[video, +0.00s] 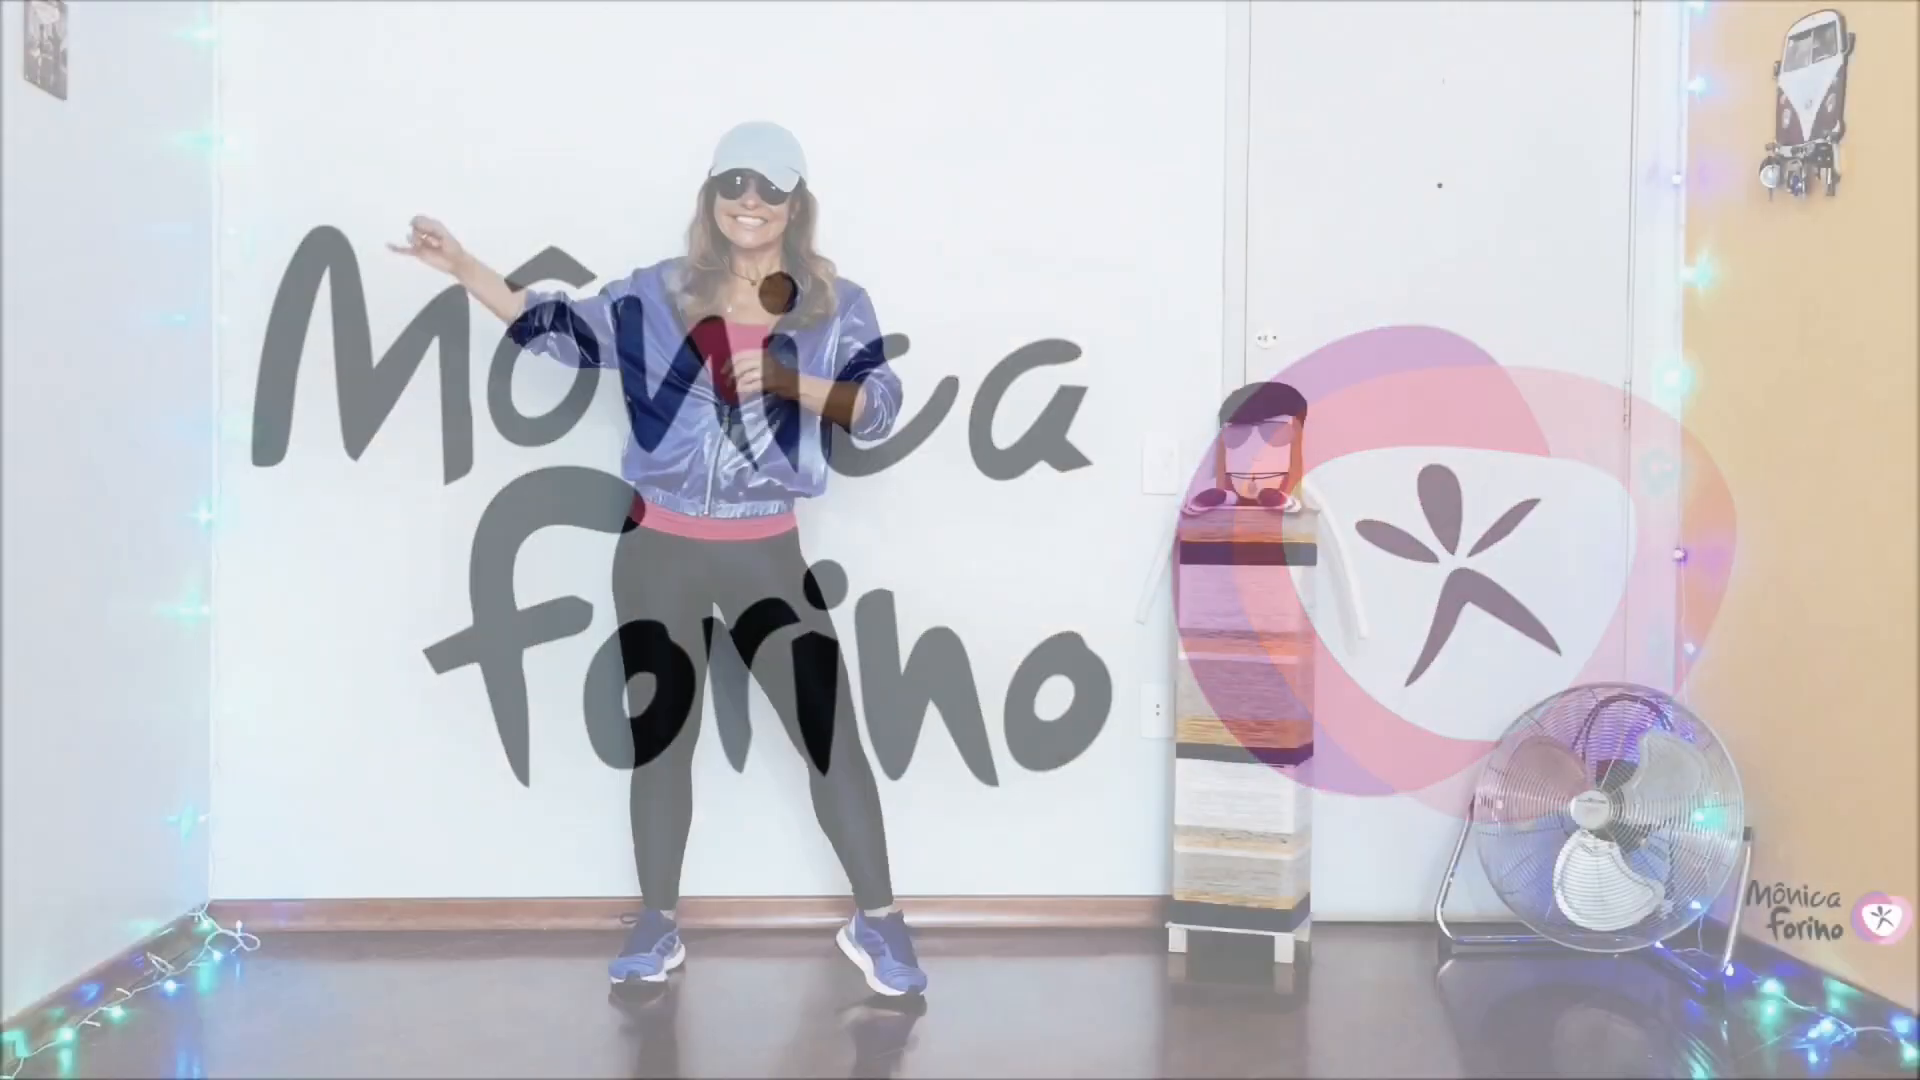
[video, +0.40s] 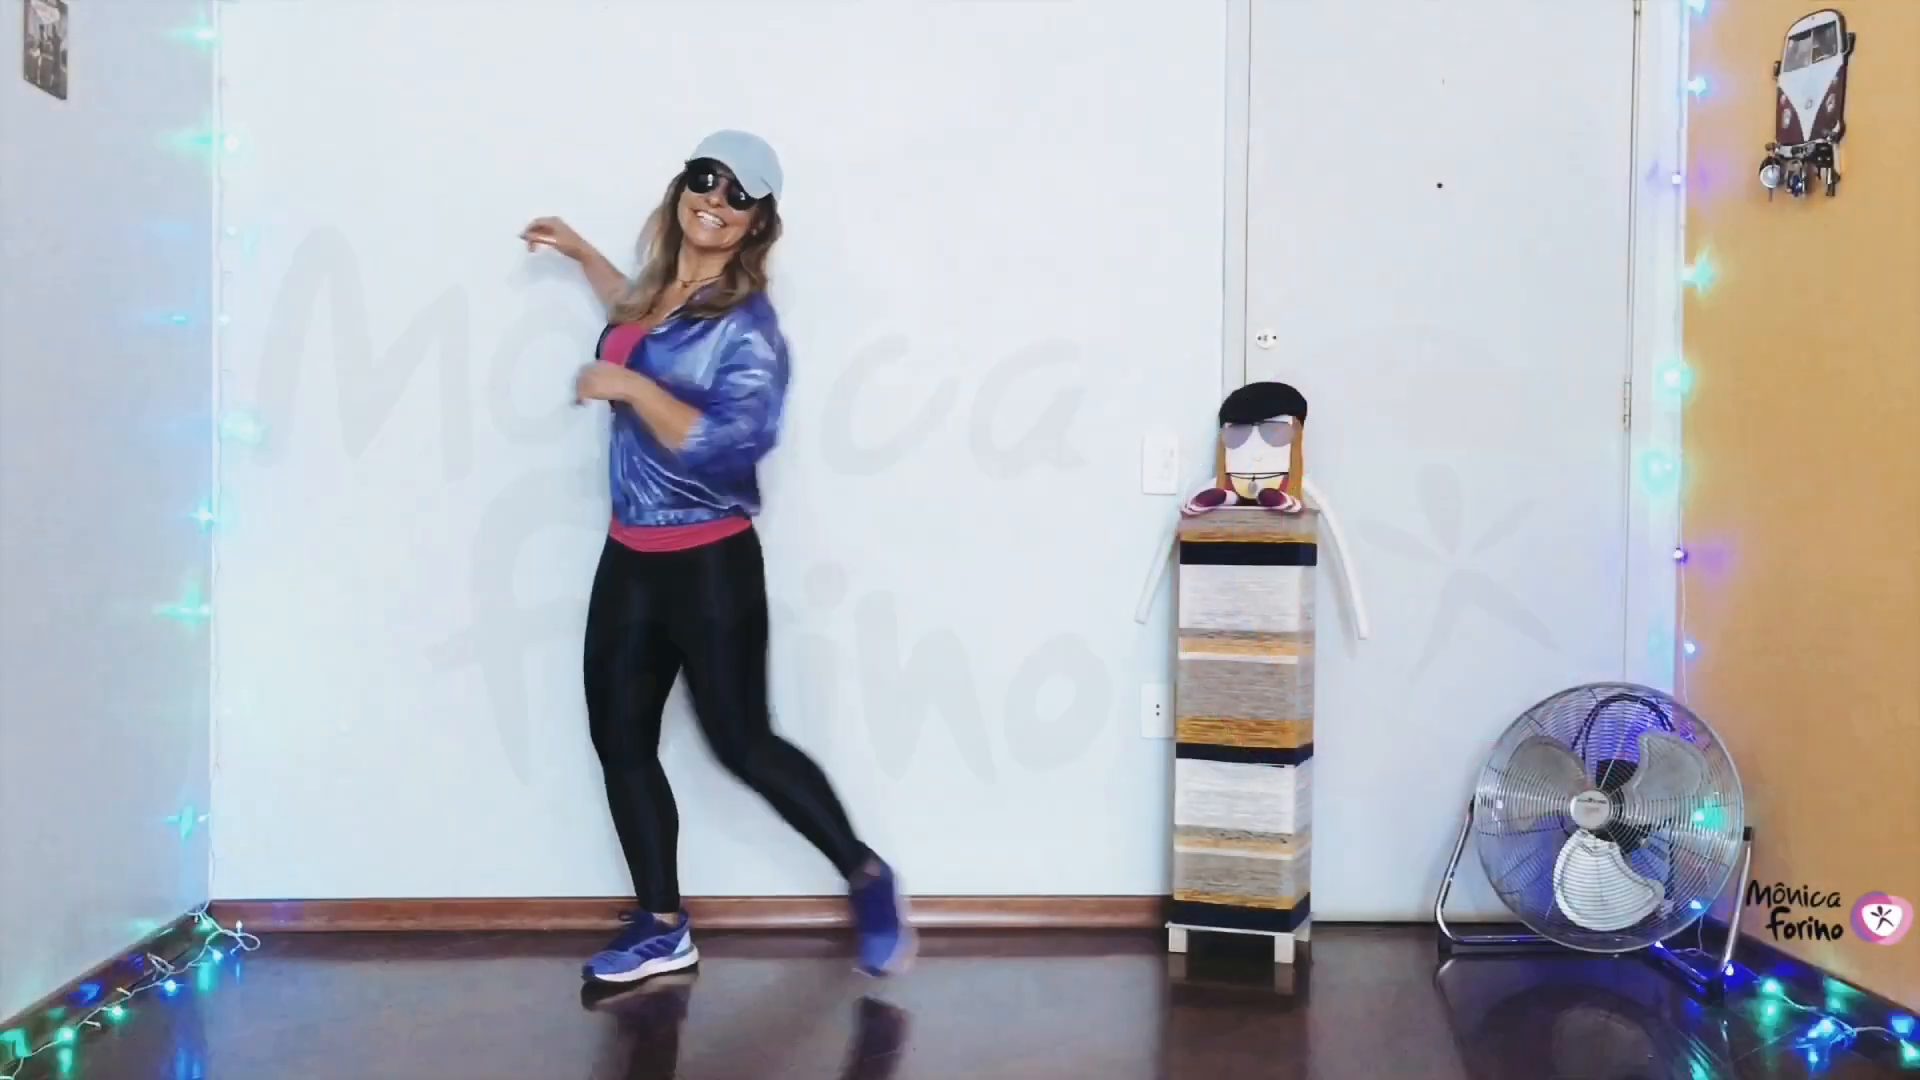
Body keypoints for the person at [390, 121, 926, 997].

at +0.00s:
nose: (752, 204)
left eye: (771, 189)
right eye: (735, 187)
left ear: (797, 204)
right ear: (710, 200)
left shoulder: (832, 299)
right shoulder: (657, 293)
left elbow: (877, 404)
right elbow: (556, 325)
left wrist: (788, 379)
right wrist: (463, 265)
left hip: (765, 547)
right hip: (661, 544)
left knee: (826, 716)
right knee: (660, 724)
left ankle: (879, 919)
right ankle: (656, 921)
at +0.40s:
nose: (712, 203)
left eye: (735, 198)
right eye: (703, 184)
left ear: (754, 225)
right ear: (679, 193)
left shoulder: (749, 331)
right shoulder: (661, 295)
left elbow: (726, 446)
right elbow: (639, 318)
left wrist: (635, 390)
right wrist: (582, 254)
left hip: (714, 560)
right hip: (633, 557)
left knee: (740, 739)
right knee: (621, 738)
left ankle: (866, 876)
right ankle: (661, 924)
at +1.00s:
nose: (687, 191)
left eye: (708, 178)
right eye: (671, 173)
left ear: (739, 195)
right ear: (649, 188)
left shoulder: (754, 276)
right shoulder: (648, 293)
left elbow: (835, 329)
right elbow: (623, 397)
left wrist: (708, 323)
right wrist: (548, 345)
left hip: (722, 559)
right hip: (640, 555)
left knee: (726, 750)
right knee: (635, 736)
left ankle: (791, 975)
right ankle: (657, 921)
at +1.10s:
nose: (692, 187)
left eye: (713, 173)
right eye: (675, 170)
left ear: (739, 190)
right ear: (650, 186)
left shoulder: (776, 270)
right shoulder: (654, 306)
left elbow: (904, 314)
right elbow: (606, 412)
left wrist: (815, 292)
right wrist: (517, 355)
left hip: (770, 562)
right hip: (683, 562)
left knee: (757, 770)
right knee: (579, 721)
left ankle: (799, 994)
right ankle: (634, 894)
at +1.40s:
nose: (715, 195)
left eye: (735, 178)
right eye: (694, 178)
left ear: (765, 193)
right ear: (669, 195)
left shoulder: (825, 291)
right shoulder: (640, 315)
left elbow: (923, 333)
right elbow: (633, 465)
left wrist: (948, 278)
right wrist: (584, 447)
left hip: (808, 572)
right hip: (698, 576)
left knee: (801, 783)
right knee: (620, 745)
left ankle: (803, 999)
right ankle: (687, 925)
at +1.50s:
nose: (712, 185)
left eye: (730, 166)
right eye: (691, 171)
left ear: (762, 176)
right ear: (670, 188)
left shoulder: (801, 277)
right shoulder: (646, 293)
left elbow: (866, 300)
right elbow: (638, 411)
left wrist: (921, 249)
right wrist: (657, 446)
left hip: (789, 564)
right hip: (680, 570)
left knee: (807, 779)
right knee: (685, 782)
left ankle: (809, 992)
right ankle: (680, 975)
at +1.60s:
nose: (718, 169)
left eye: (734, 148)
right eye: (694, 156)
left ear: (765, 155)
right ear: (673, 177)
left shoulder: (786, 250)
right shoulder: (680, 271)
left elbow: (837, 235)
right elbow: (674, 416)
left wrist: (904, 184)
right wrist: (766, 448)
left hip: (755, 541)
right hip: (665, 547)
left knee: (798, 753)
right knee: (695, 763)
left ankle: (840, 962)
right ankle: (677, 979)